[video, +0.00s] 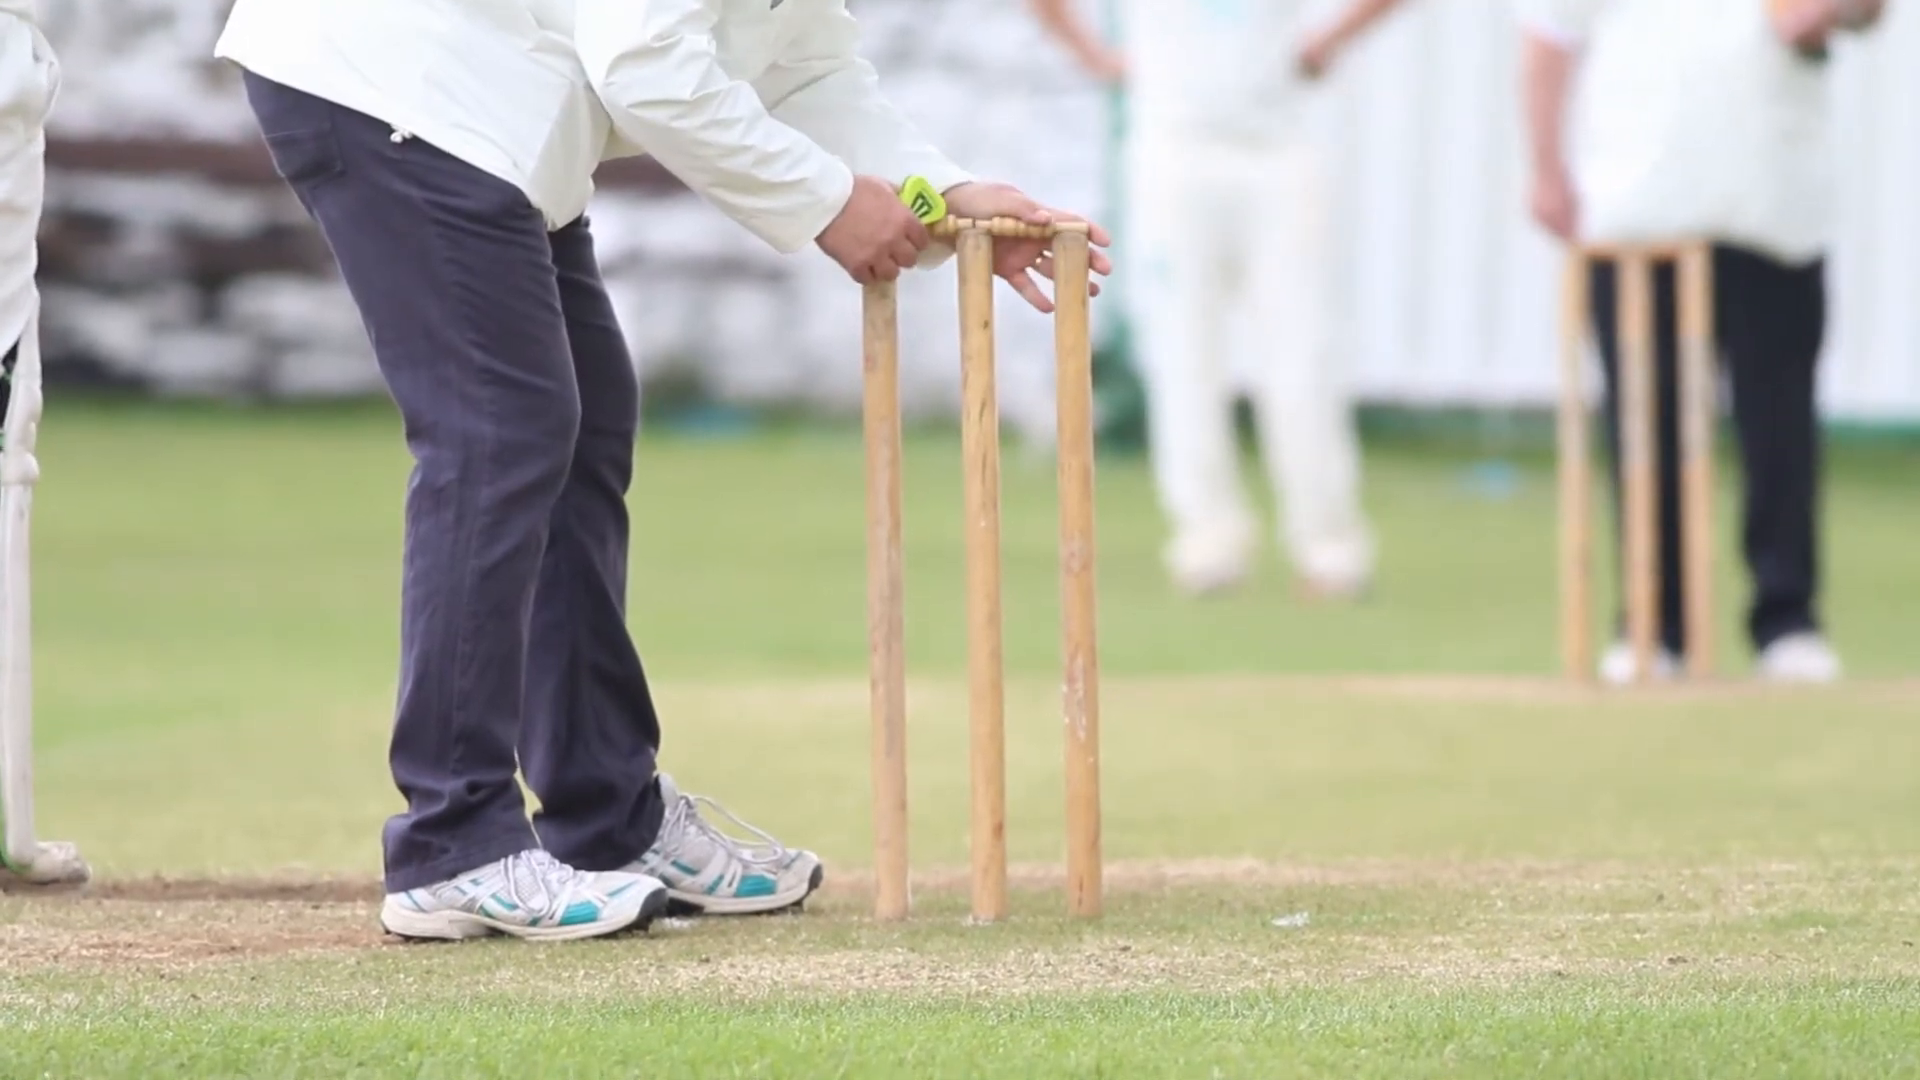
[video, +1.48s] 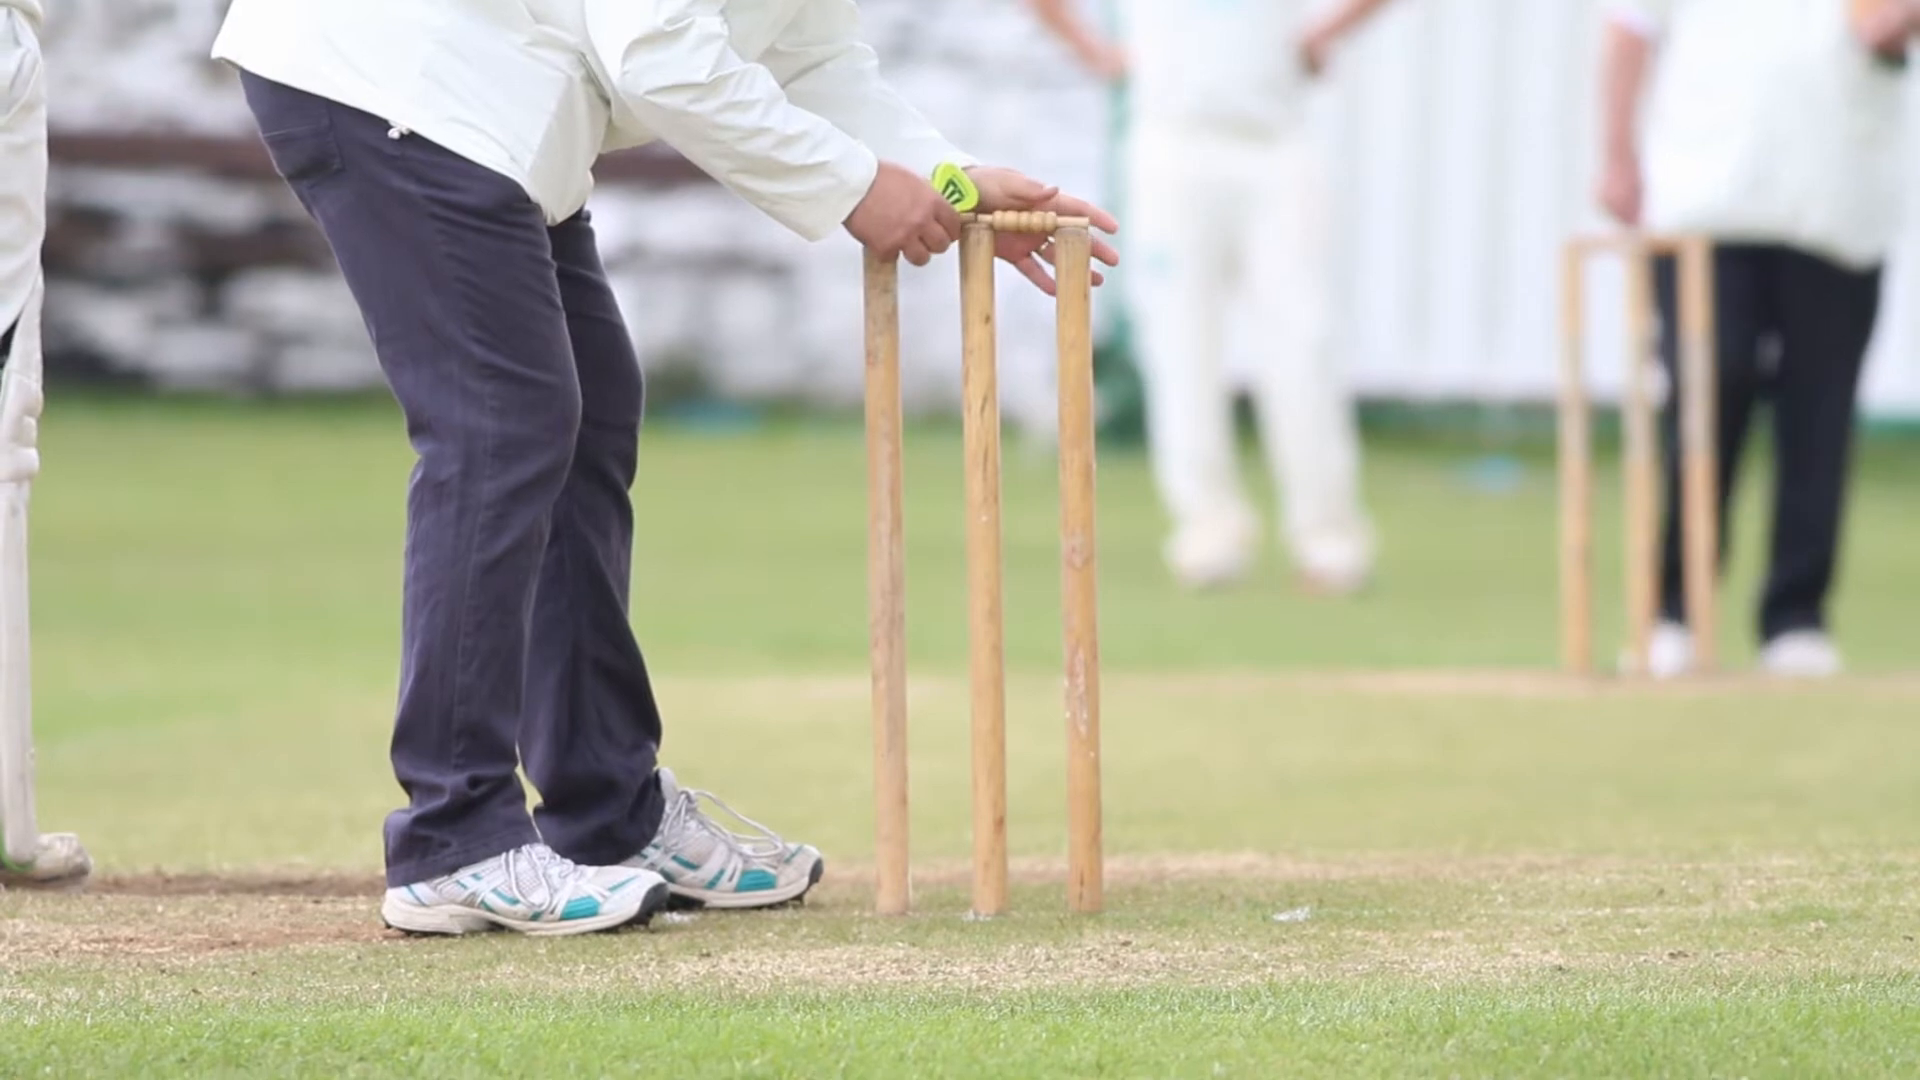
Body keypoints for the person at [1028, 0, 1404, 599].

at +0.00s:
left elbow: (1389, 4)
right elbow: (1040, 5)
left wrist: (1327, 43)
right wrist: (1098, 55)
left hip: (1286, 120)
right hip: (1169, 120)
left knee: (1300, 341)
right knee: (1178, 344)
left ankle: (1328, 543)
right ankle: (1208, 540)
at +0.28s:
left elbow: (1388, 3)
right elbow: (1039, 5)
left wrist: (1325, 44)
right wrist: (1096, 54)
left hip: (1288, 115)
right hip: (1169, 114)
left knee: (1299, 338)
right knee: (1178, 342)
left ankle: (1328, 544)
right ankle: (1208, 540)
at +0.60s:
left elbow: (1385, 4)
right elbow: (1038, 4)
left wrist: (1322, 43)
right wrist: (1095, 53)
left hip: (1287, 115)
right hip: (1168, 115)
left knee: (1300, 337)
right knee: (1178, 340)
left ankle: (1327, 539)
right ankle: (1208, 536)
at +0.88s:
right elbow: (1037, 4)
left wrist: (1324, 38)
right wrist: (1096, 51)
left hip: (1281, 126)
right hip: (1170, 124)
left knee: (1301, 339)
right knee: (1178, 342)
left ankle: (1327, 538)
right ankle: (1208, 534)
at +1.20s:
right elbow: (1034, 4)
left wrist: (1321, 36)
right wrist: (1096, 52)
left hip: (1280, 128)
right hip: (1170, 126)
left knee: (1301, 338)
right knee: (1178, 343)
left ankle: (1328, 536)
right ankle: (1209, 532)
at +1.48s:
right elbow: (1036, 4)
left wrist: (1321, 35)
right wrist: (1097, 50)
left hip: (1281, 128)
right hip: (1170, 126)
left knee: (1301, 338)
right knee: (1178, 343)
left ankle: (1328, 535)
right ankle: (1209, 532)